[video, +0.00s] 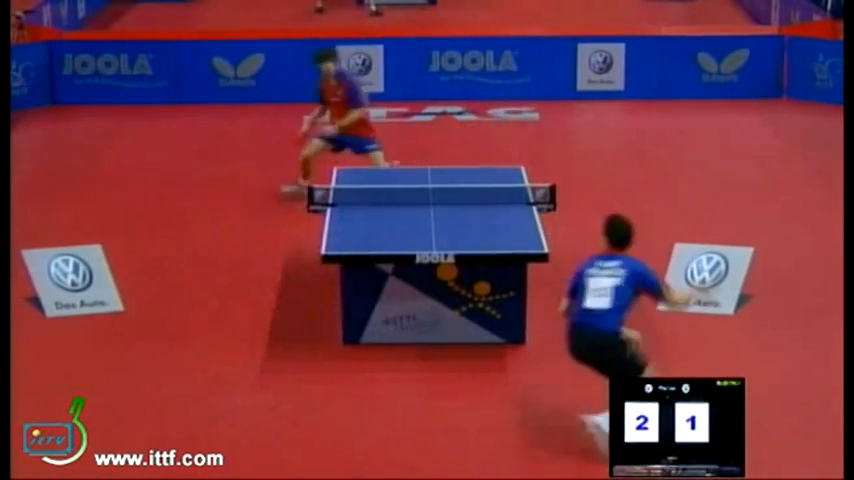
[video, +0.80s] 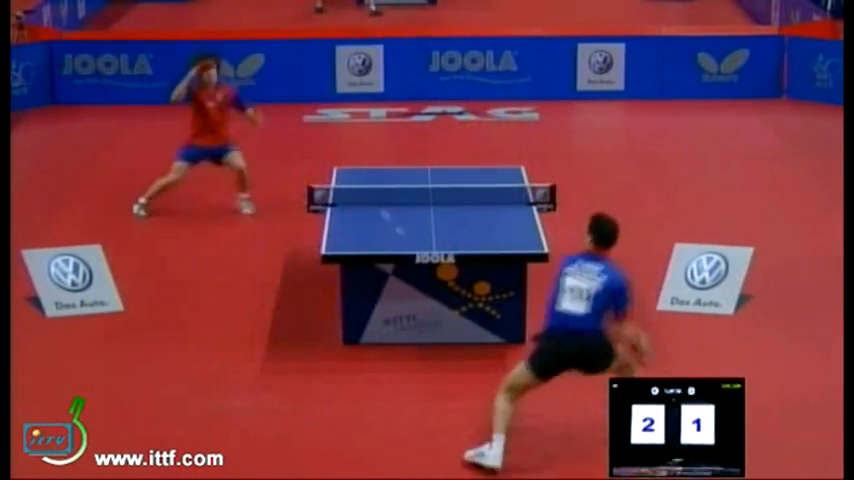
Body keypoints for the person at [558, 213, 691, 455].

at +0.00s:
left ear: (605, 237)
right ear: (631, 239)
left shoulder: (588, 265)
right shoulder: (633, 268)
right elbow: (668, 297)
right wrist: (687, 298)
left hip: (577, 340)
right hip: (605, 341)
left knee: (624, 373)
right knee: (641, 373)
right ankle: (607, 419)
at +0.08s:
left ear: (618, 231)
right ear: (642, 233)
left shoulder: (597, 258)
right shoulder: (645, 264)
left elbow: (568, 297)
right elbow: (668, 310)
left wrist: (578, 326)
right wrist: (688, 317)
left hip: (589, 329)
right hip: (621, 331)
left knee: (636, 373)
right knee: (659, 372)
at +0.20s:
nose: (622, 220)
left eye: (623, 217)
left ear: (625, 221)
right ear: (650, 224)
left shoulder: (604, 251)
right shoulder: (658, 257)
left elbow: (577, 291)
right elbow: (670, 309)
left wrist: (579, 320)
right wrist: (665, 301)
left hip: (604, 322)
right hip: (639, 326)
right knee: (666, 374)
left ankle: (602, 406)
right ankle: (671, 421)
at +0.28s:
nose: (618, 220)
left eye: (620, 217)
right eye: (621, 216)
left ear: (622, 221)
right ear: (647, 222)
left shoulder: (605, 251)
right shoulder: (657, 254)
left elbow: (577, 293)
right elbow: (670, 300)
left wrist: (586, 315)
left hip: (610, 325)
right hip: (647, 327)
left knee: (584, 352)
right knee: (679, 374)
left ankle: (567, 407)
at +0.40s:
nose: (610, 213)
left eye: (611, 209)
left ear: (610, 213)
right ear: (636, 214)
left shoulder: (595, 244)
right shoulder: (649, 246)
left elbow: (566, 283)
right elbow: (661, 286)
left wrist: (585, 294)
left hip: (604, 324)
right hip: (642, 325)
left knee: (564, 378)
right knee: (679, 378)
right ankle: (689, 444)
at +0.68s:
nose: (593, 220)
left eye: (595, 216)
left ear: (597, 220)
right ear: (622, 223)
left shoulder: (578, 249)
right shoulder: (633, 255)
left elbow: (561, 290)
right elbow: (644, 299)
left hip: (577, 324)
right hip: (614, 326)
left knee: (534, 379)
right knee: (639, 366)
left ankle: (496, 438)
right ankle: (660, 433)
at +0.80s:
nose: (586, 237)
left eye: (588, 233)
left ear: (588, 237)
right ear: (613, 242)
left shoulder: (568, 264)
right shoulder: (616, 277)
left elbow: (556, 308)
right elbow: (619, 322)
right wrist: (637, 342)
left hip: (555, 344)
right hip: (591, 347)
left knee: (508, 390)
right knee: (626, 366)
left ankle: (495, 449)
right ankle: (635, 437)